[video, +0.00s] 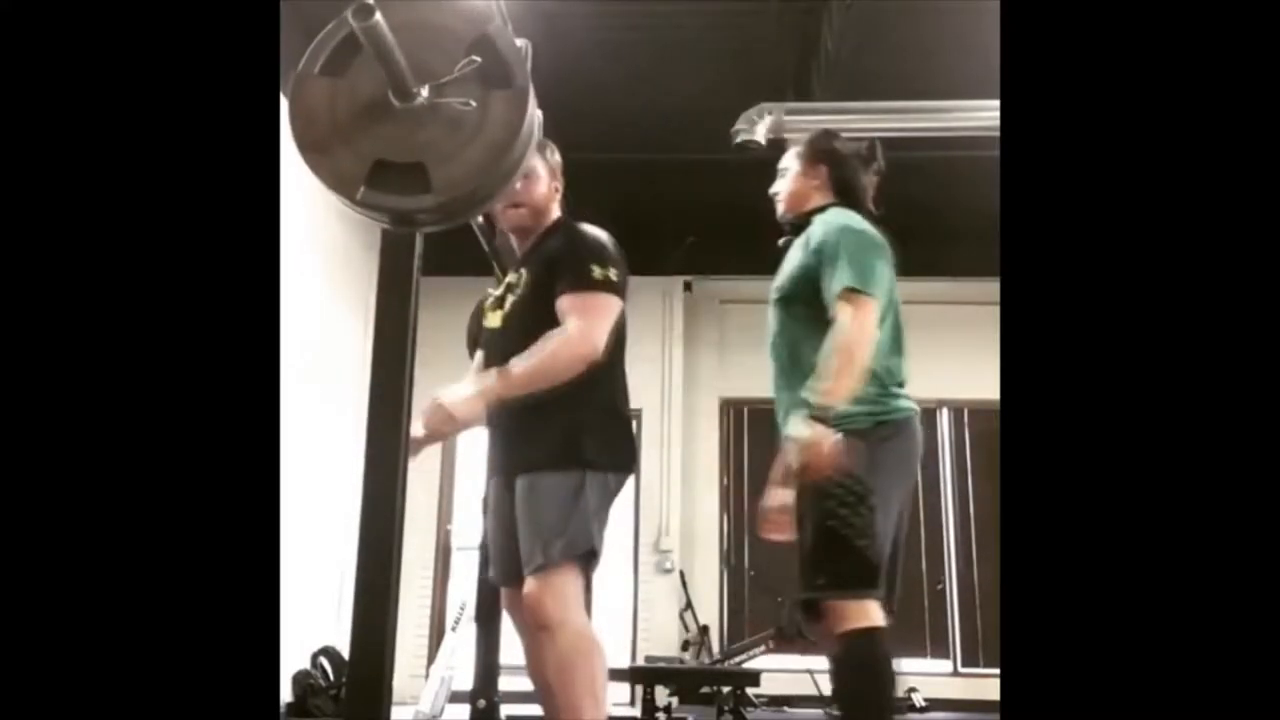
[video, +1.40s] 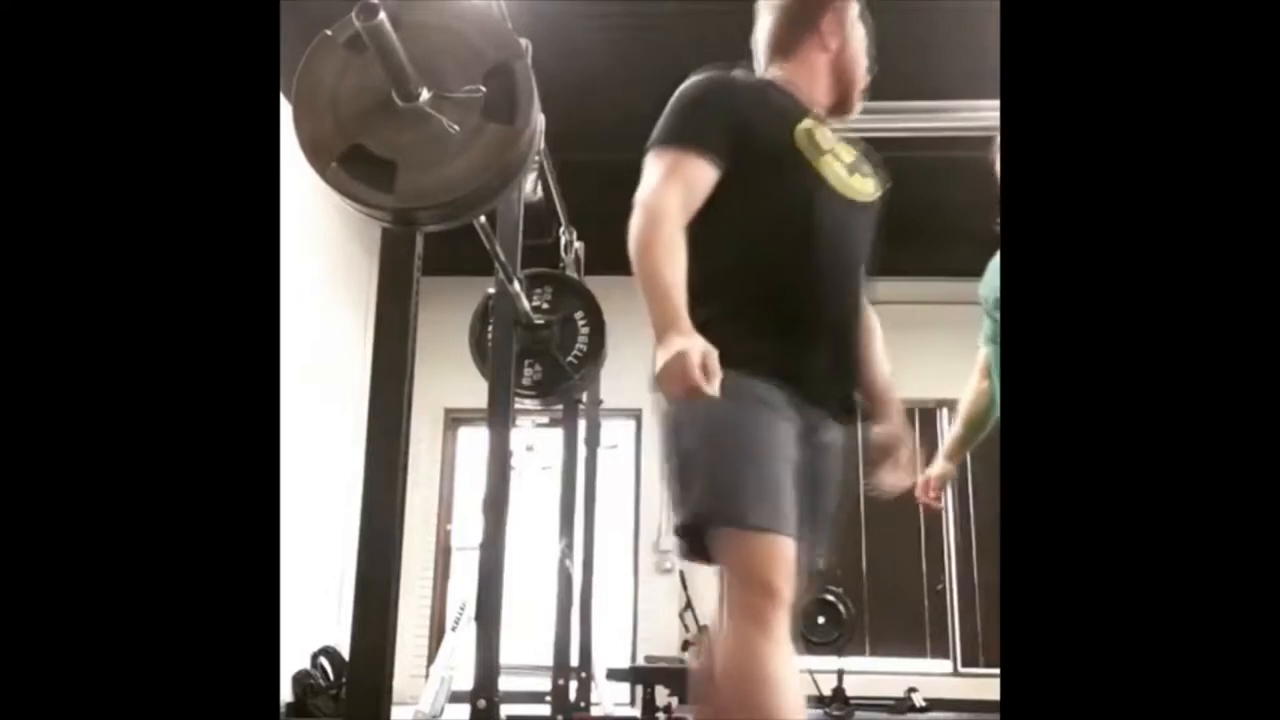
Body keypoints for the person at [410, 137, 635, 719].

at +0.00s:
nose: (514, 193)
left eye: (525, 178)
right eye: (502, 183)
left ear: (555, 180)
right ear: (487, 200)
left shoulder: (583, 243)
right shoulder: (502, 290)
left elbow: (585, 338)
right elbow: (485, 384)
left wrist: (486, 392)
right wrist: (422, 431)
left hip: (570, 454)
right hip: (515, 458)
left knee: (552, 599)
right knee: (522, 604)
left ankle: (588, 715)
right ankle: (565, 716)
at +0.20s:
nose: (535, 189)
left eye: (547, 177)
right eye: (522, 180)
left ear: (571, 190)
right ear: (504, 200)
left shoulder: (606, 250)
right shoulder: (501, 297)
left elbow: (628, 355)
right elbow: (474, 388)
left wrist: (589, 453)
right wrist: (438, 457)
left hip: (576, 454)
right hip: (513, 464)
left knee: (560, 591)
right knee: (535, 602)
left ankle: (592, 715)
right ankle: (565, 714)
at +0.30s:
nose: (551, 186)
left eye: (562, 174)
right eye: (536, 176)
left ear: (583, 187)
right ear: (515, 193)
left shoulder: (624, 250)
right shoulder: (507, 291)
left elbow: (662, 348)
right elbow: (478, 391)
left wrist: (665, 455)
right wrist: (452, 483)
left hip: (592, 449)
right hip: (516, 458)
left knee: (572, 581)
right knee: (543, 609)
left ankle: (615, 715)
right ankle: (573, 716)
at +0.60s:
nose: (643, 162)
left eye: (643, 151)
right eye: (629, 151)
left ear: (645, 156)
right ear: (581, 163)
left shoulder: (681, 234)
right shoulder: (530, 256)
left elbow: (735, 323)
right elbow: (507, 367)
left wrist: (764, 423)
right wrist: (513, 468)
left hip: (655, 451)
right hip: (563, 458)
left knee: (660, 596)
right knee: (570, 616)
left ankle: (671, 717)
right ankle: (574, 718)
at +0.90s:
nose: (745, 114)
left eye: (743, 100)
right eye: (733, 99)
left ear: (711, 107)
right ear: (685, 105)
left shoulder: (765, 208)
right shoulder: (606, 197)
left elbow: (813, 306)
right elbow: (559, 309)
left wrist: (813, 394)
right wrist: (564, 418)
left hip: (729, 429)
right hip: (620, 421)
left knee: (707, 601)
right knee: (578, 584)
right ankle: (572, 710)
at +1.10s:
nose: (801, 91)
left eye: (798, 76)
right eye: (789, 73)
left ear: (754, 82)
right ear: (746, 78)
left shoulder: (798, 197)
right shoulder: (656, 157)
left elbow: (837, 297)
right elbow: (602, 266)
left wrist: (876, 366)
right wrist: (645, 350)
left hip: (757, 407)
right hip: (672, 382)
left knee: (718, 597)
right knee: (673, 528)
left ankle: (691, 718)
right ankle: (648, 697)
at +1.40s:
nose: (867, 52)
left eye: (865, 34)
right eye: (860, 30)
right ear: (829, 32)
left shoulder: (853, 164)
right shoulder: (724, 96)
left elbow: (849, 297)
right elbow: (656, 213)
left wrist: (886, 407)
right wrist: (672, 330)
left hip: (822, 407)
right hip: (737, 384)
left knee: (768, 605)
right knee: (760, 597)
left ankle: (706, 714)